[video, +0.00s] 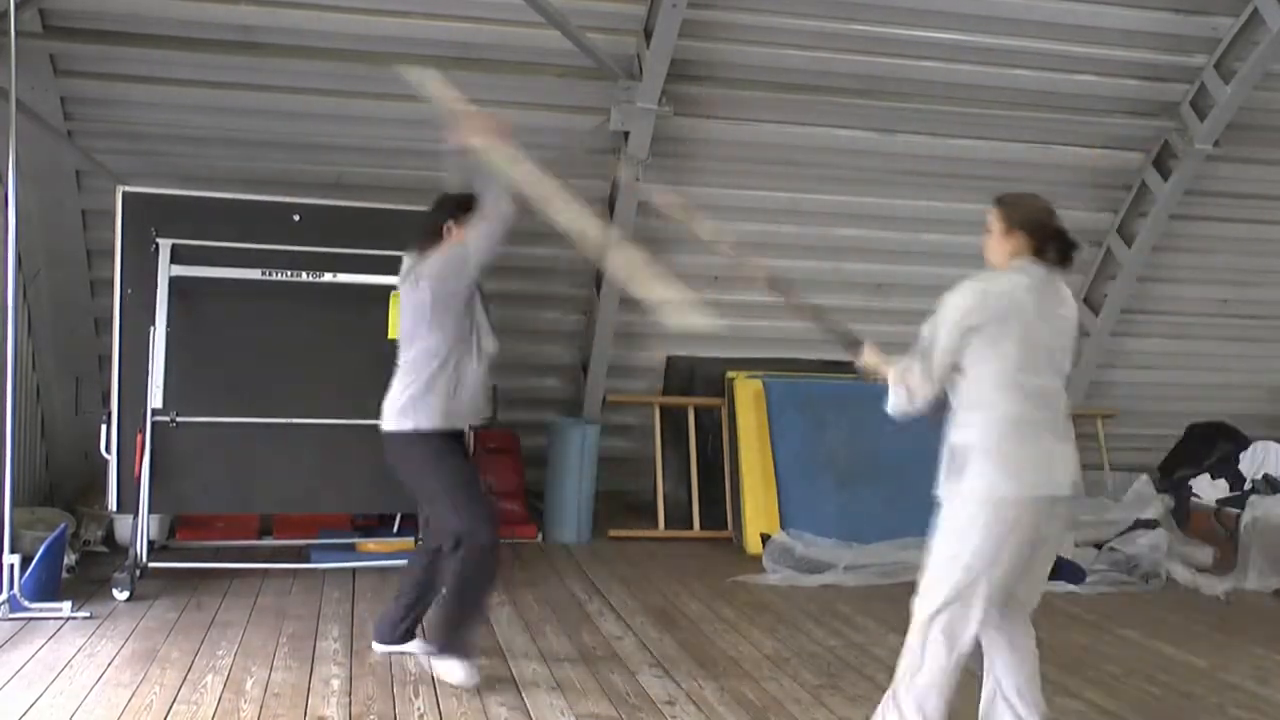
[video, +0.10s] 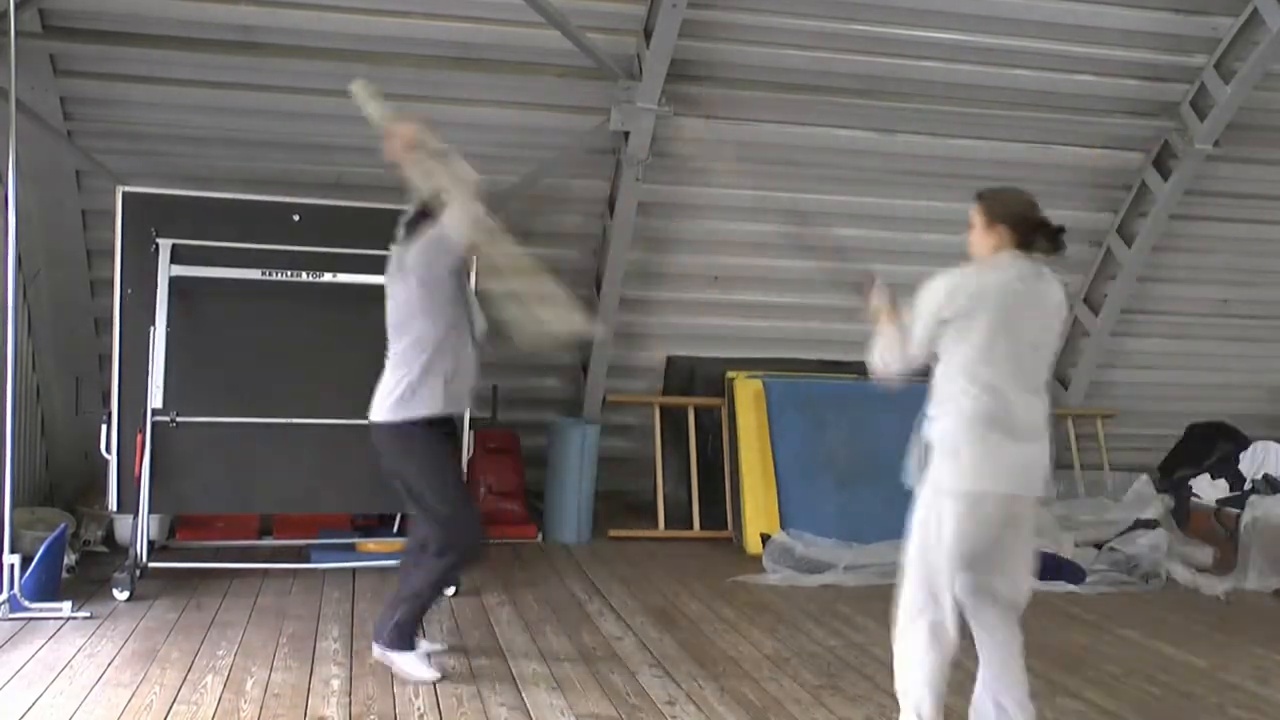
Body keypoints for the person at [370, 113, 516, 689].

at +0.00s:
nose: (481, 239)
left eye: (480, 229)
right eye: (475, 228)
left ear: (449, 230)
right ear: (452, 229)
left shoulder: (439, 274)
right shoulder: (436, 274)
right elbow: (491, 219)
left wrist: (470, 149)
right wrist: (497, 153)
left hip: (435, 430)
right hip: (421, 431)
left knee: (440, 539)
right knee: (476, 532)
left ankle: (393, 632)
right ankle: (444, 643)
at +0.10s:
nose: (466, 227)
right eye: (456, 216)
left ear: (424, 217)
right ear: (436, 218)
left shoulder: (433, 260)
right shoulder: (422, 257)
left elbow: (458, 206)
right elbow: (463, 203)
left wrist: (423, 157)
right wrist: (419, 156)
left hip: (431, 418)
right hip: (408, 420)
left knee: (436, 530)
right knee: (456, 532)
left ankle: (405, 624)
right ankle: (393, 637)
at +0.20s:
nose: (466, 229)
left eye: (470, 221)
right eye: (459, 218)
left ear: (456, 226)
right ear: (433, 211)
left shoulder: (434, 268)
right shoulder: (398, 246)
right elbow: (428, 168)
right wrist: (390, 137)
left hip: (407, 410)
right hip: (384, 409)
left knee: (414, 529)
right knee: (414, 532)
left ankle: (378, 626)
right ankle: (388, 657)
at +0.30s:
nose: (444, 237)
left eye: (448, 230)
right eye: (439, 227)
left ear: (431, 231)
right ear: (415, 216)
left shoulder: (410, 271)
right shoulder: (375, 242)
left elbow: (437, 316)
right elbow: (436, 188)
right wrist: (429, 136)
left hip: (381, 408)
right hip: (356, 406)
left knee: (395, 523)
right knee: (389, 527)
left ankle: (355, 619)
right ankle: (387, 660)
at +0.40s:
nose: (418, 240)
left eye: (422, 228)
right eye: (412, 227)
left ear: (385, 222)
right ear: (387, 220)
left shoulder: (361, 255)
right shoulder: (354, 254)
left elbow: (423, 264)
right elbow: (436, 262)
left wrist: (446, 211)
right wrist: (472, 211)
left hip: (330, 417)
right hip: (305, 417)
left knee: (359, 518)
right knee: (344, 526)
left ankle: (357, 628)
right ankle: (304, 658)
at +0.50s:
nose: (397, 259)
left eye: (403, 250)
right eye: (392, 247)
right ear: (366, 239)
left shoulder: (338, 274)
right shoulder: (333, 278)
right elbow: (406, 316)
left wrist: (451, 281)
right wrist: (460, 282)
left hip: (301, 423)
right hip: (276, 424)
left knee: (339, 510)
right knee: (320, 525)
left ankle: (309, 613)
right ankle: (291, 662)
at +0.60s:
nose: (356, 278)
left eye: (360, 267)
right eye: (350, 266)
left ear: (329, 260)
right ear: (322, 257)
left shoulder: (309, 293)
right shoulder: (283, 297)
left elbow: (361, 339)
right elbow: (344, 361)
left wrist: (430, 344)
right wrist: (423, 369)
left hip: (258, 424)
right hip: (243, 425)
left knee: (275, 531)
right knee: (294, 537)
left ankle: (189, 603)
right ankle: (295, 667)